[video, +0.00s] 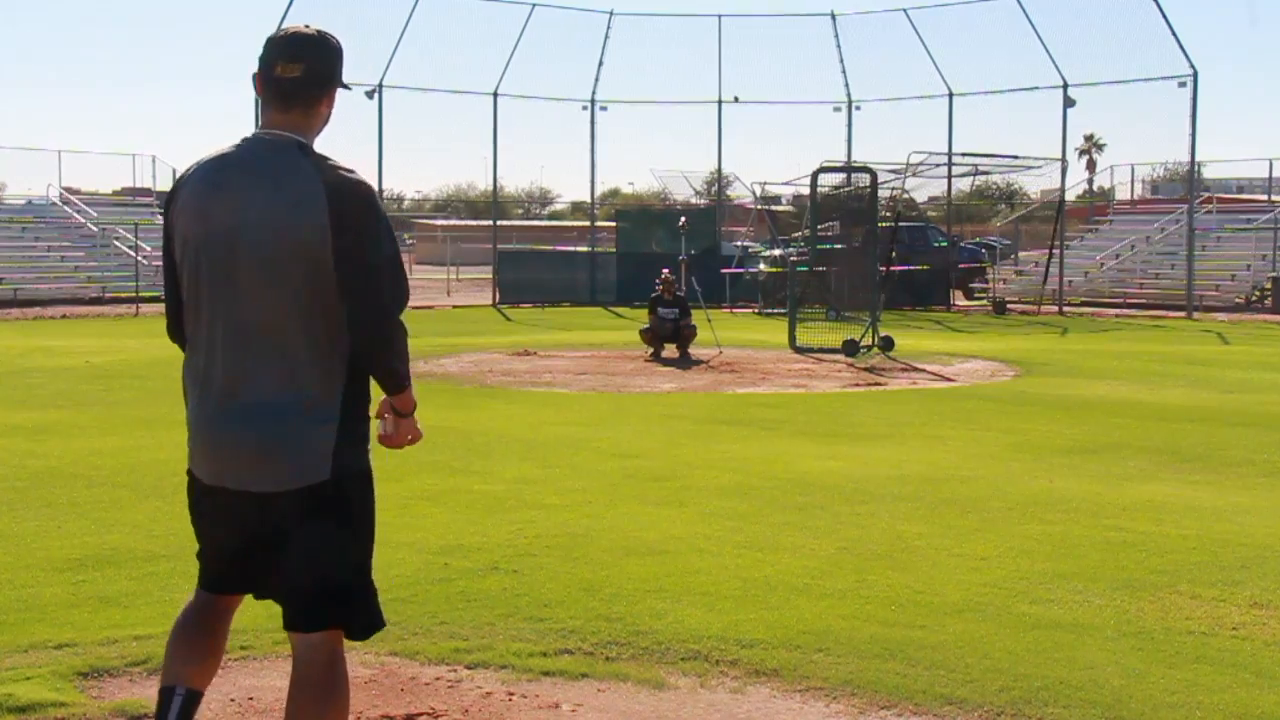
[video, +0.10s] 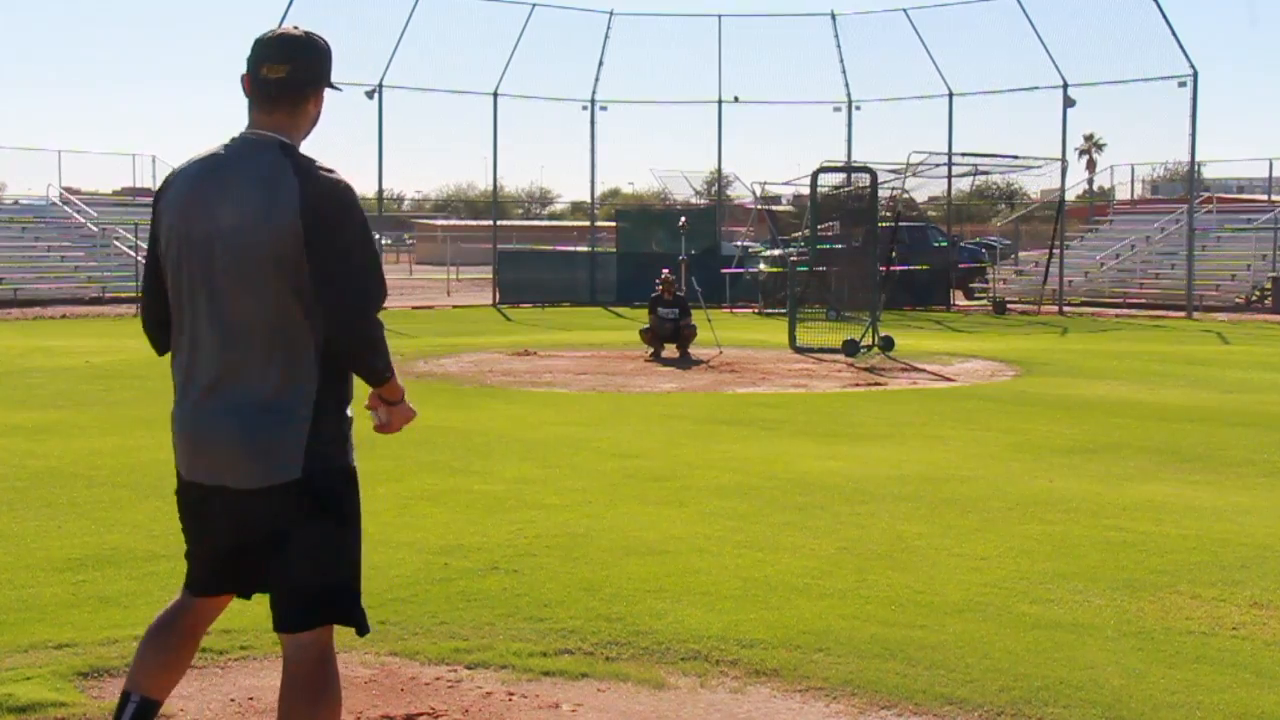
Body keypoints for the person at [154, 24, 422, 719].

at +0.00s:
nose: (331, 106)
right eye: (334, 95)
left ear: (257, 89)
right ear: (331, 99)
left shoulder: (191, 188)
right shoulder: (345, 193)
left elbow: (183, 323)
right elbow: (378, 320)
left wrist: (242, 369)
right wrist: (400, 397)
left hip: (216, 448)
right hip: (317, 452)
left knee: (215, 591)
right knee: (320, 634)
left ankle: (168, 714)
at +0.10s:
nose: (320, 105)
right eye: (322, 94)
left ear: (246, 89)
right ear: (318, 99)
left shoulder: (179, 186)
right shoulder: (322, 192)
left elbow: (161, 323)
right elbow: (354, 319)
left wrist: (221, 363)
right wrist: (386, 387)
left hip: (201, 444)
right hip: (299, 449)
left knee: (204, 591)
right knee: (310, 634)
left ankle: (129, 714)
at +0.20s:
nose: (305, 114)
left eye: (301, 101)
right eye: (306, 102)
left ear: (230, 94)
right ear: (300, 106)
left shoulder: (164, 190)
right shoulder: (292, 197)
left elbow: (140, 319)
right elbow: (324, 332)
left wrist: (219, 350)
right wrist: (364, 371)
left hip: (181, 454)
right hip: (277, 456)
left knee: (170, 617)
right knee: (296, 639)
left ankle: (109, 717)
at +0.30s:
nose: (286, 124)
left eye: (287, 112)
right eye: (287, 111)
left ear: (213, 103)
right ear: (275, 112)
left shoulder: (148, 192)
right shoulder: (250, 200)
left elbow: (183, 317)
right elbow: (291, 343)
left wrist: (298, 306)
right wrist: (343, 352)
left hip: (151, 456)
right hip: (244, 458)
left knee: (141, 625)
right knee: (281, 639)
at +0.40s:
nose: (264, 141)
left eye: (270, 127)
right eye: (268, 124)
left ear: (197, 110)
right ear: (248, 117)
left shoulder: (134, 192)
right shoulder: (218, 204)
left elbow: (188, 321)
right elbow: (265, 342)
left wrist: (295, 307)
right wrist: (328, 328)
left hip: (117, 451)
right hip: (207, 456)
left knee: (112, 626)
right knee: (272, 632)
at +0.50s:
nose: (248, 152)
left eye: (255, 140)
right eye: (251, 135)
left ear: (191, 115)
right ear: (219, 118)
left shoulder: (123, 187)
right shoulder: (183, 197)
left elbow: (183, 311)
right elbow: (252, 333)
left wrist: (282, 294)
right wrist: (321, 304)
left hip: (94, 446)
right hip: (178, 453)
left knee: (97, 618)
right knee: (266, 611)